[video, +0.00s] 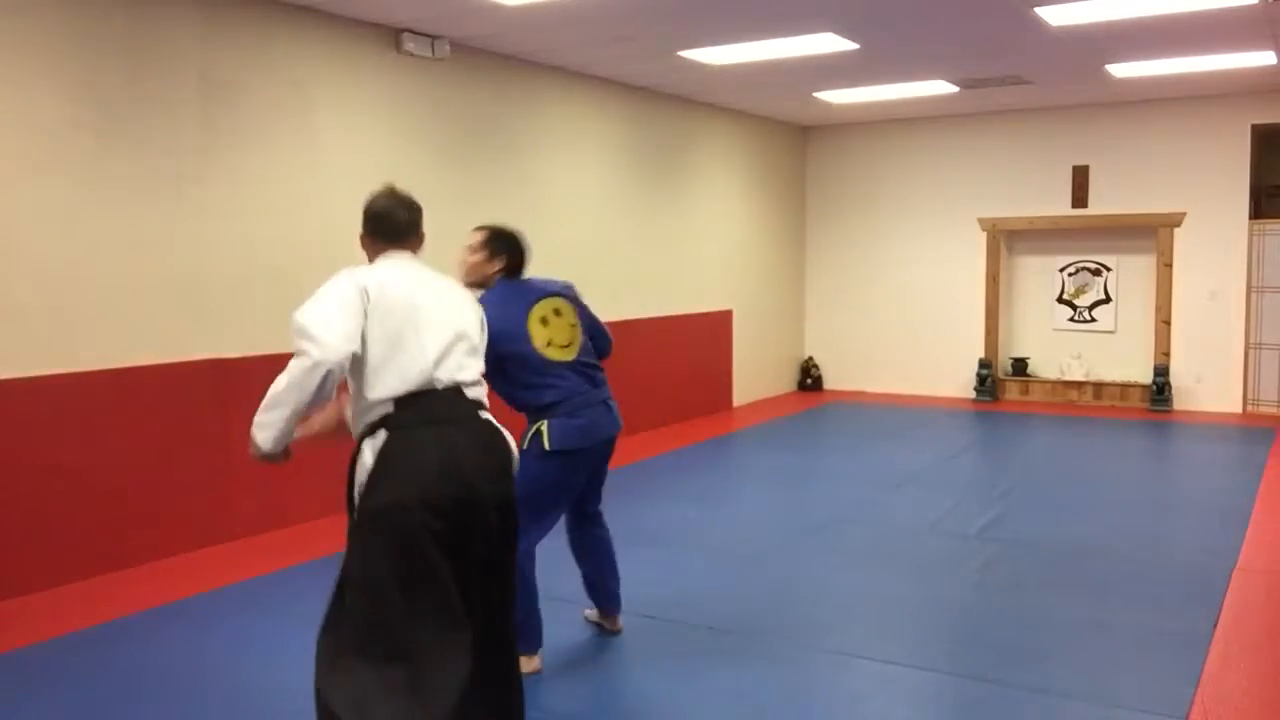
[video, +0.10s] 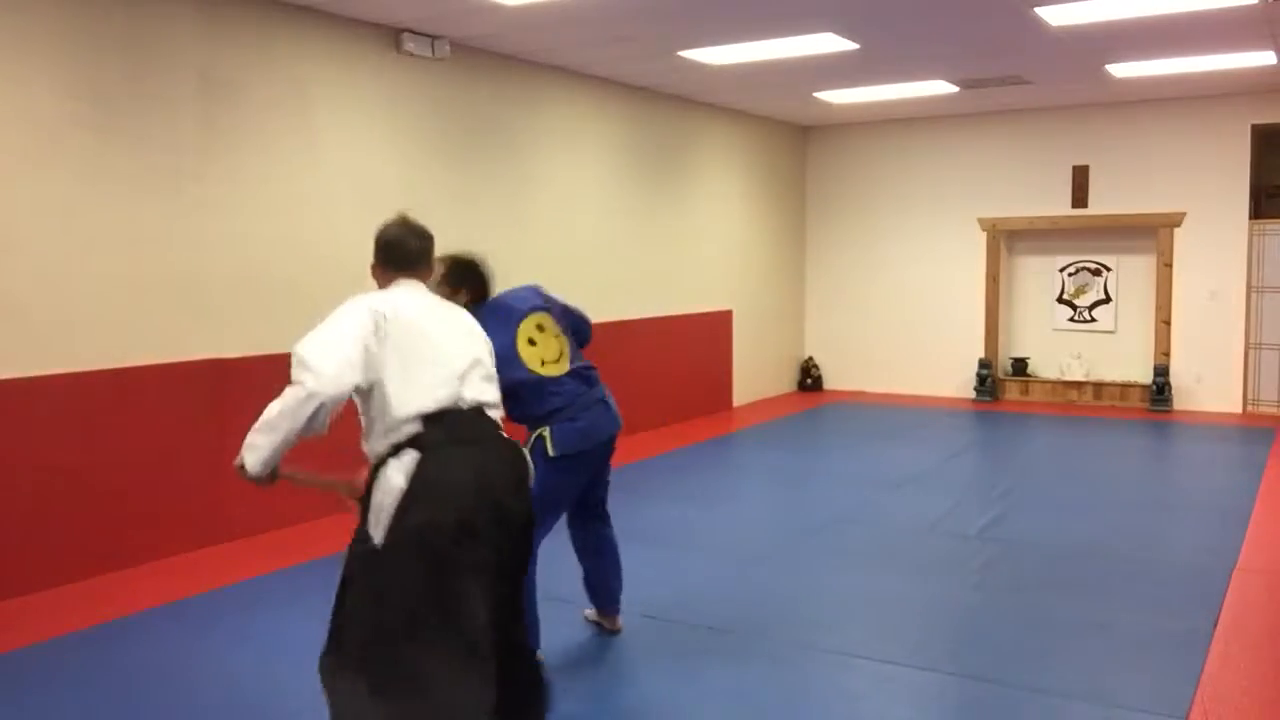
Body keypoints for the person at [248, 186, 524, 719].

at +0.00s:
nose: (363, 243)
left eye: (362, 236)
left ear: (364, 239)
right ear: (421, 237)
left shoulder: (355, 285)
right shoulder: (460, 295)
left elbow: (325, 356)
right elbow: (456, 380)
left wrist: (270, 433)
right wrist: (350, 409)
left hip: (405, 452)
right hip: (484, 449)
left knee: (381, 610)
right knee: (485, 606)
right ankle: (487, 710)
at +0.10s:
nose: (374, 274)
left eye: (373, 267)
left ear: (376, 269)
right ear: (430, 267)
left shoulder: (368, 312)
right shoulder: (464, 320)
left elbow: (316, 383)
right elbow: (480, 410)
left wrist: (258, 455)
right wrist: (385, 474)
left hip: (425, 472)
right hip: (500, 467)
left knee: (368, 630)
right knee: (493, 613)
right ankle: (509, 707)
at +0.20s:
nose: (388, 282)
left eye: (388, 274)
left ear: (389, 278)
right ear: (443, 278)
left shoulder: (384, 325)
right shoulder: (477, 330)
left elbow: (328, 405)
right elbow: (505, 412)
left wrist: (274, 471)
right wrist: (417, 476)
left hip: (447, 480)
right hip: (517, 474)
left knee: (379, 619)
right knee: (501, 617)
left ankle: (367, 705)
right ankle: (505, 706)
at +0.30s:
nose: (409, 276)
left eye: (409, 269)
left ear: (410, 272)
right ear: (463, 270)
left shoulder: (401, 329)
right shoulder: (504, 326)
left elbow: (352, 421)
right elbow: (539, 406)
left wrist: (323, 490)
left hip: (470, 482)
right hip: (537, 471)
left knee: (395, 623)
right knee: (534, 612)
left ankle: (375, 708)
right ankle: (580, 708)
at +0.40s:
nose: (435, 260)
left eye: (433, 252)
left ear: (435, 254)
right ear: (487, 250)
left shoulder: (427, 316)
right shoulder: (535, 308)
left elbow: (395, 419)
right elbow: (569, 396)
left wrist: (377, 489)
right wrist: (610, 441)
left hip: (497, 473)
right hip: (565, 462)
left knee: (433, 613)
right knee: (568, 607)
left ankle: (403, 708)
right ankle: (577, 709)